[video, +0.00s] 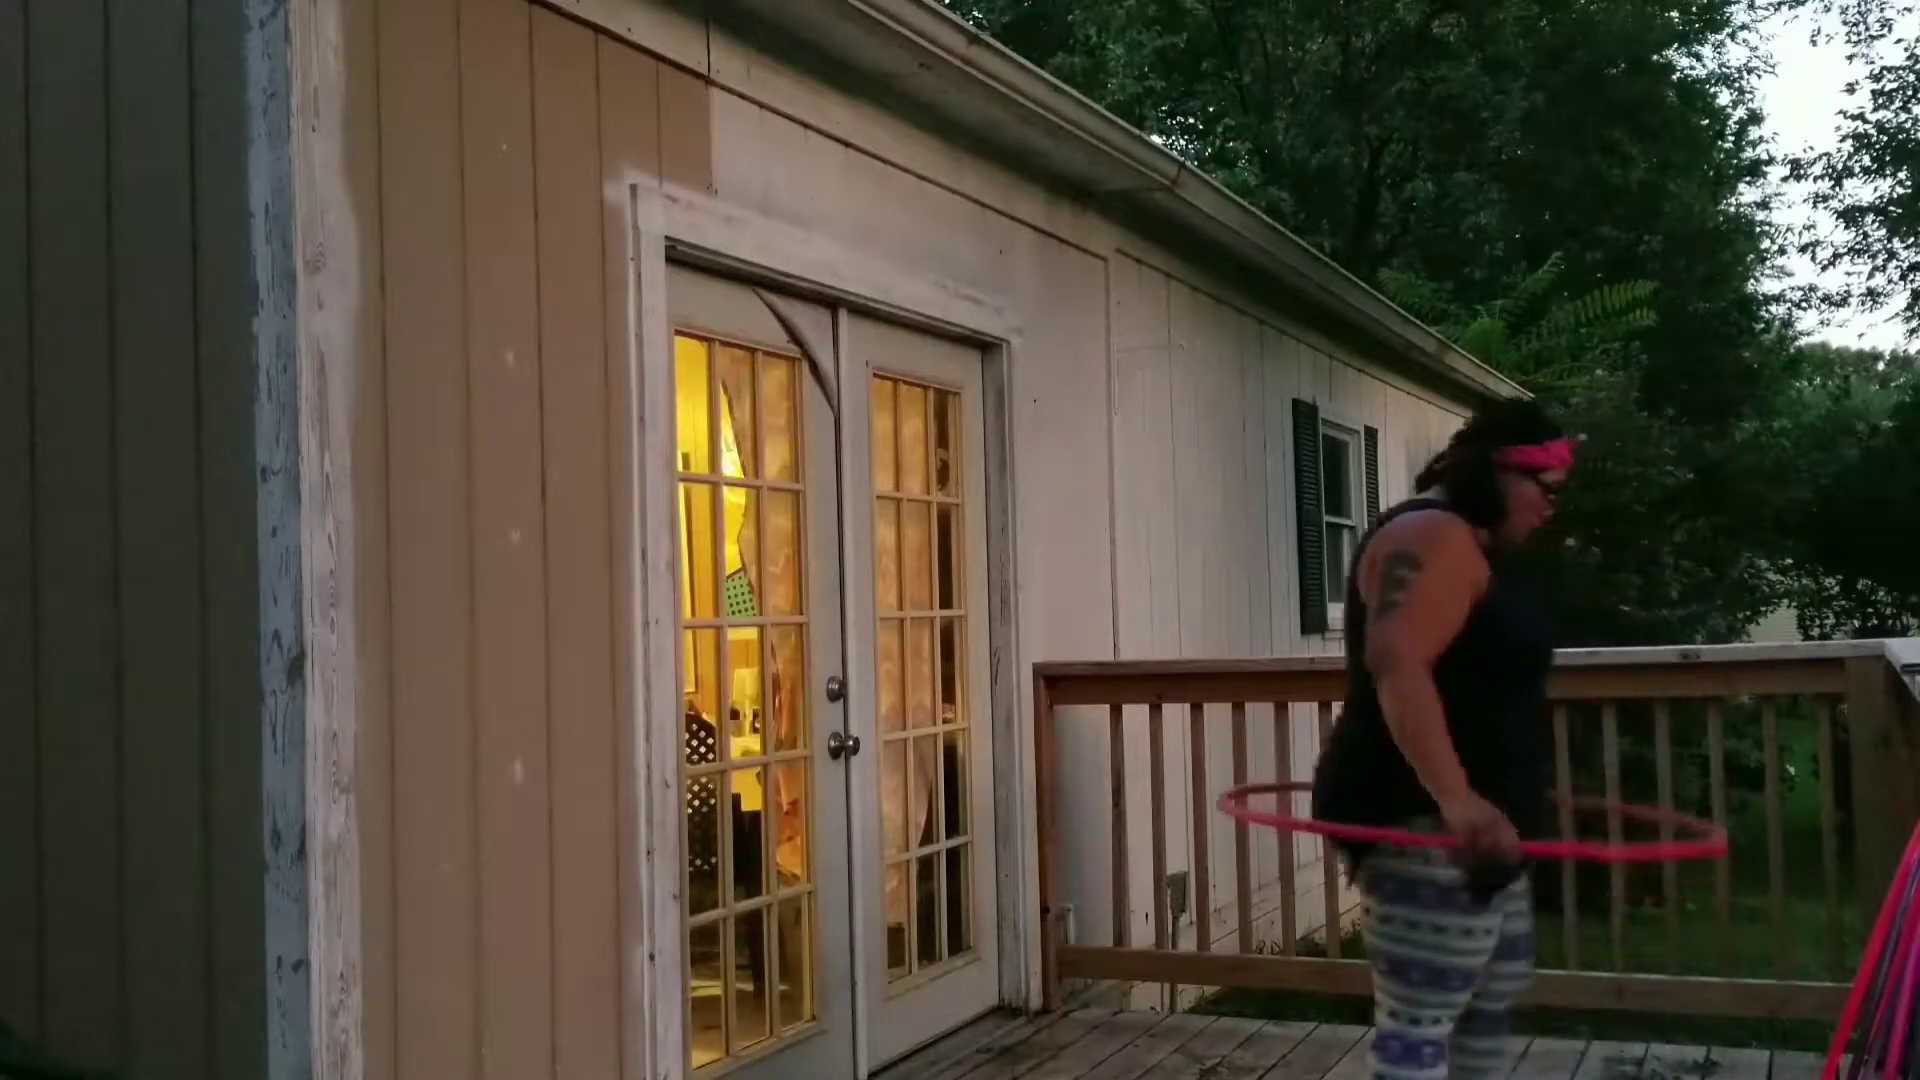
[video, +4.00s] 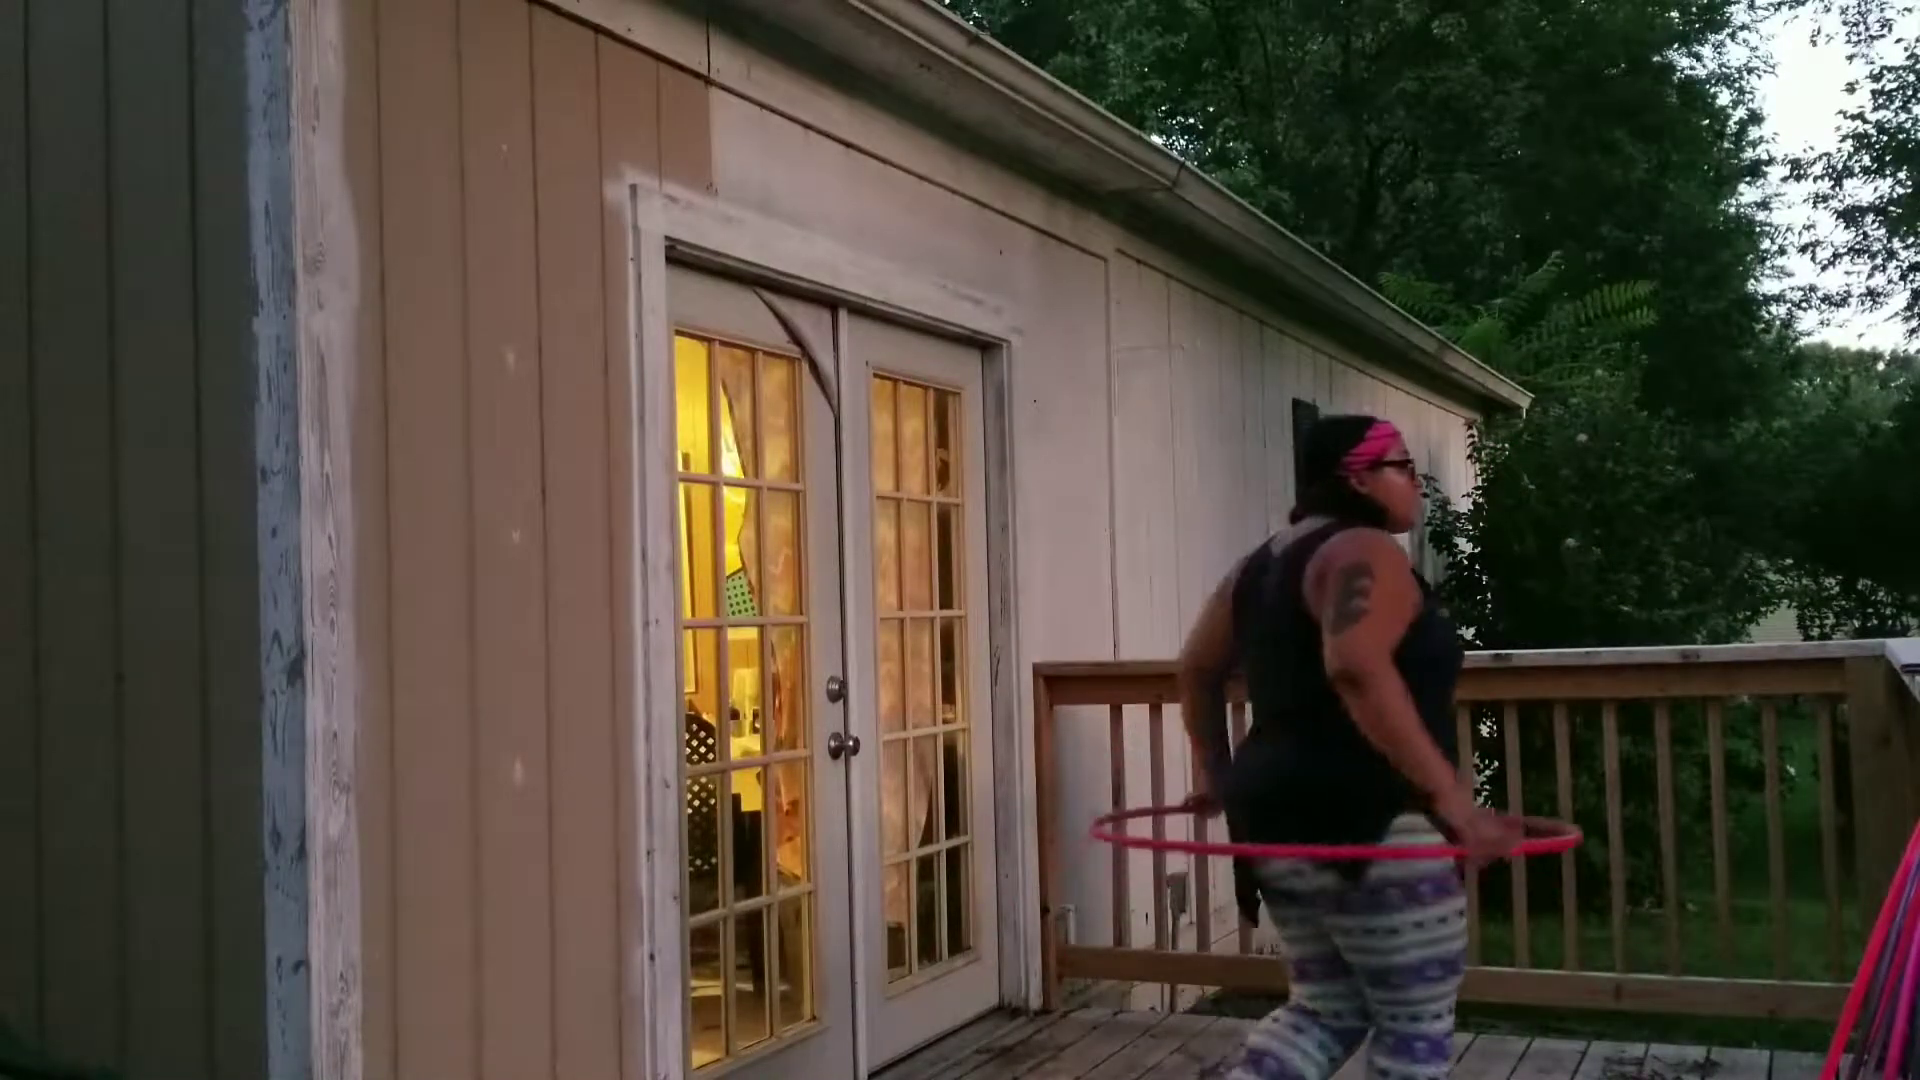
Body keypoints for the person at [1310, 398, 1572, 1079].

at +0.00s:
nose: (1550, 505)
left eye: (1555, 491)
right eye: (1543, 485)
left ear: (1491, 475)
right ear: (1493, 471)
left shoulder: (1474, 546)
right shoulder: (1432, 538)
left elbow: (1469, 686)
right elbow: (1395, 662)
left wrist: (1519, 796)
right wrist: (1454, 795)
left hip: (1489, 811)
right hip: (1417, 815)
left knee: (1498, 988)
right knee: (1422, 1019)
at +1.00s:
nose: (1248, 543)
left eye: (1253, 530)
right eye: (1241, 524)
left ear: (1189, 511)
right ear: (1198, 509)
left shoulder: (1146, 573)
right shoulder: (1158, 577)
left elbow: (1153, 726)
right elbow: (1158, 720)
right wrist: (1214, 853)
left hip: (1160, 838)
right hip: (1188, 842)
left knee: (1198, 1019)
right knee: (1271, 1024)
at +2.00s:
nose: (1303, 489)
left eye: (1300, 475)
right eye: (1292, 475)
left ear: (1242, 483)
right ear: (1251, 484)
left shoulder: (1175, 560)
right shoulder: (1231, 561)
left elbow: (1169, 709)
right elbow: (1218, 701)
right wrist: (1273, 832)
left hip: (1171, 827)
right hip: (1242, 835)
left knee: (1162, 1016)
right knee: (1296, 1033)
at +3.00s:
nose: (1241, 475)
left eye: (1237, 462)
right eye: (1229, 463)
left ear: (1165, 479)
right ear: (1188, 477)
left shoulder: (1119, 560)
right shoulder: (1181, 540)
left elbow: (1084, 671)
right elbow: (1136, 646)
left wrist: (1183, 667)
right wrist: (1232, 608)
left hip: (1169, 814)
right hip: (1242, 812)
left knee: (1184, 1001)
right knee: (1316, 1012)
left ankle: (1165, 1073)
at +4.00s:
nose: (1417, 482)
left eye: (1412, 468)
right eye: (1404, 469)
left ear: (1331, 482)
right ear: (1361, 479)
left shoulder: (1263, 563)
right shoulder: (1368, 553)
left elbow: (1198, 668)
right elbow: (1357, 665)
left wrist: (1215, 773)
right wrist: (1455, 804)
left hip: (1277, 827)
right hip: (1380, 828)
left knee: (1325, 1009)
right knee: (1418, 1031)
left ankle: (1239, 1078)